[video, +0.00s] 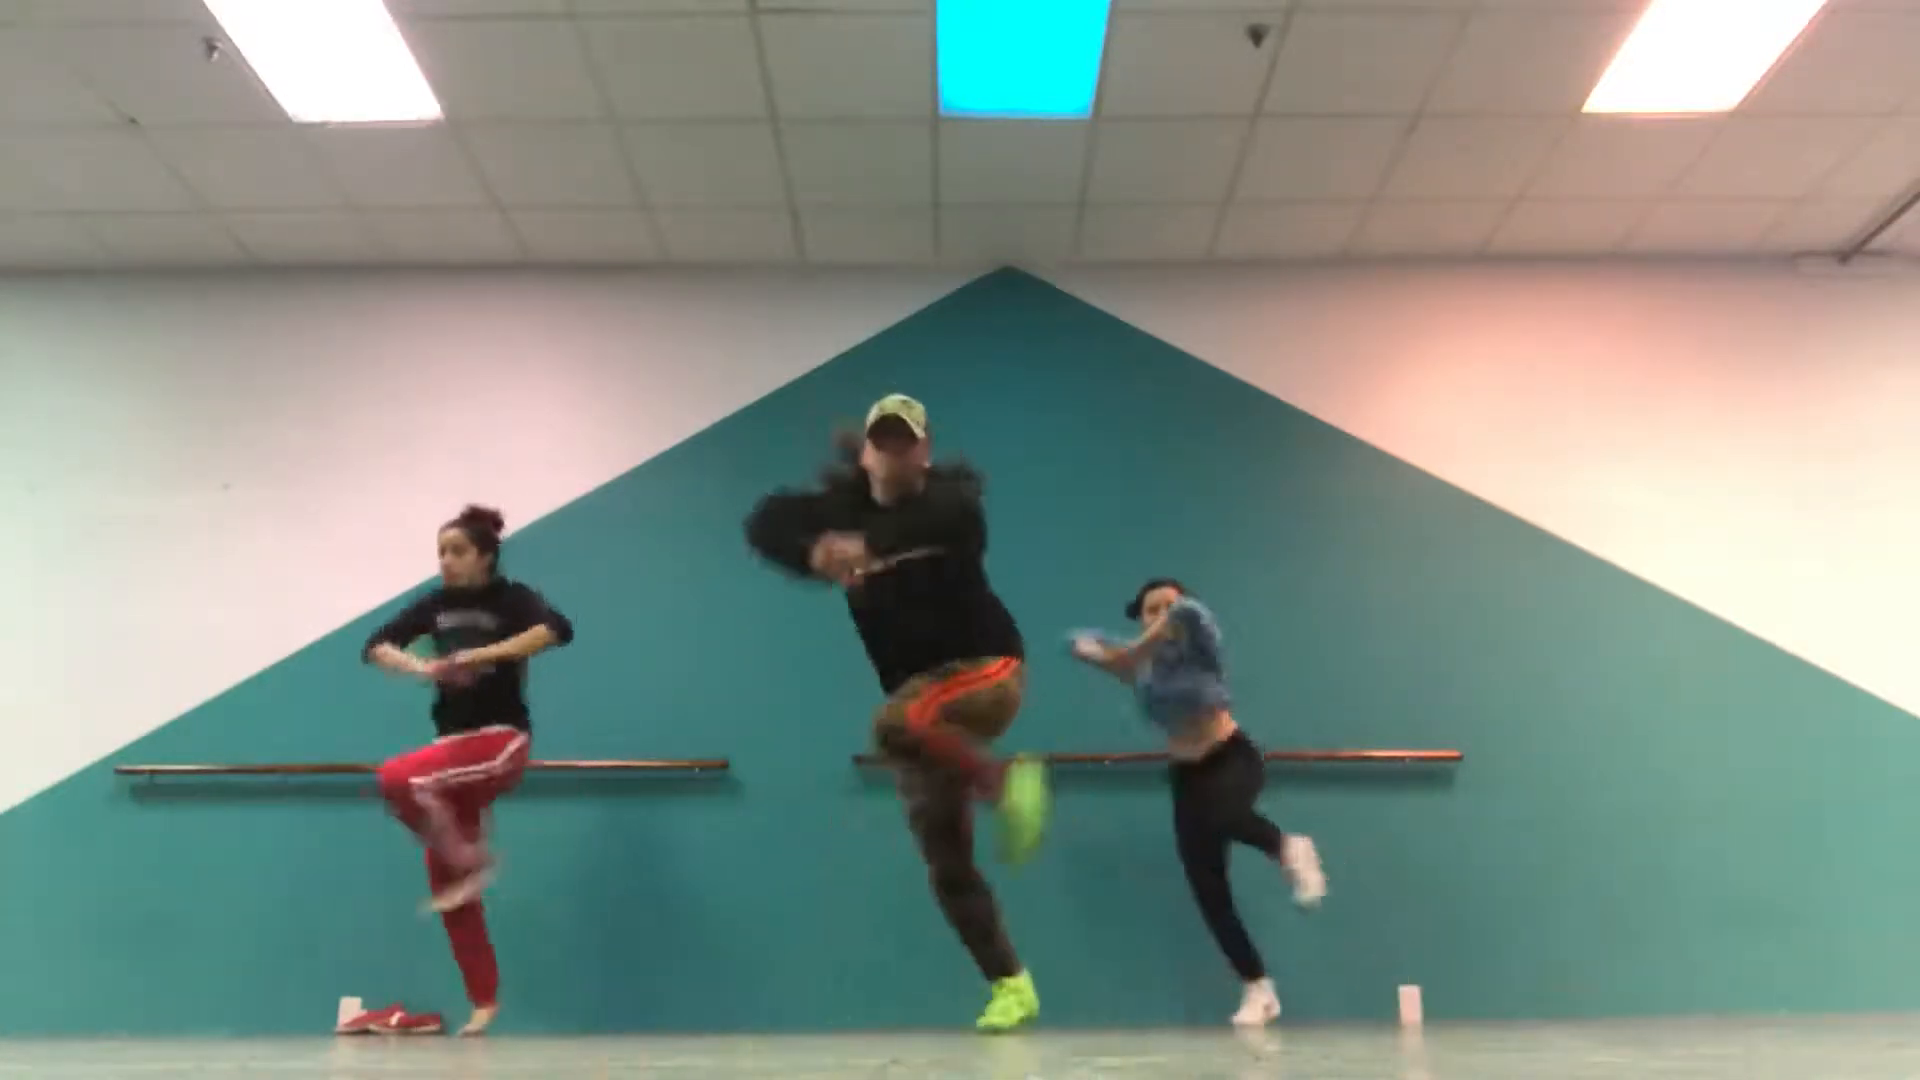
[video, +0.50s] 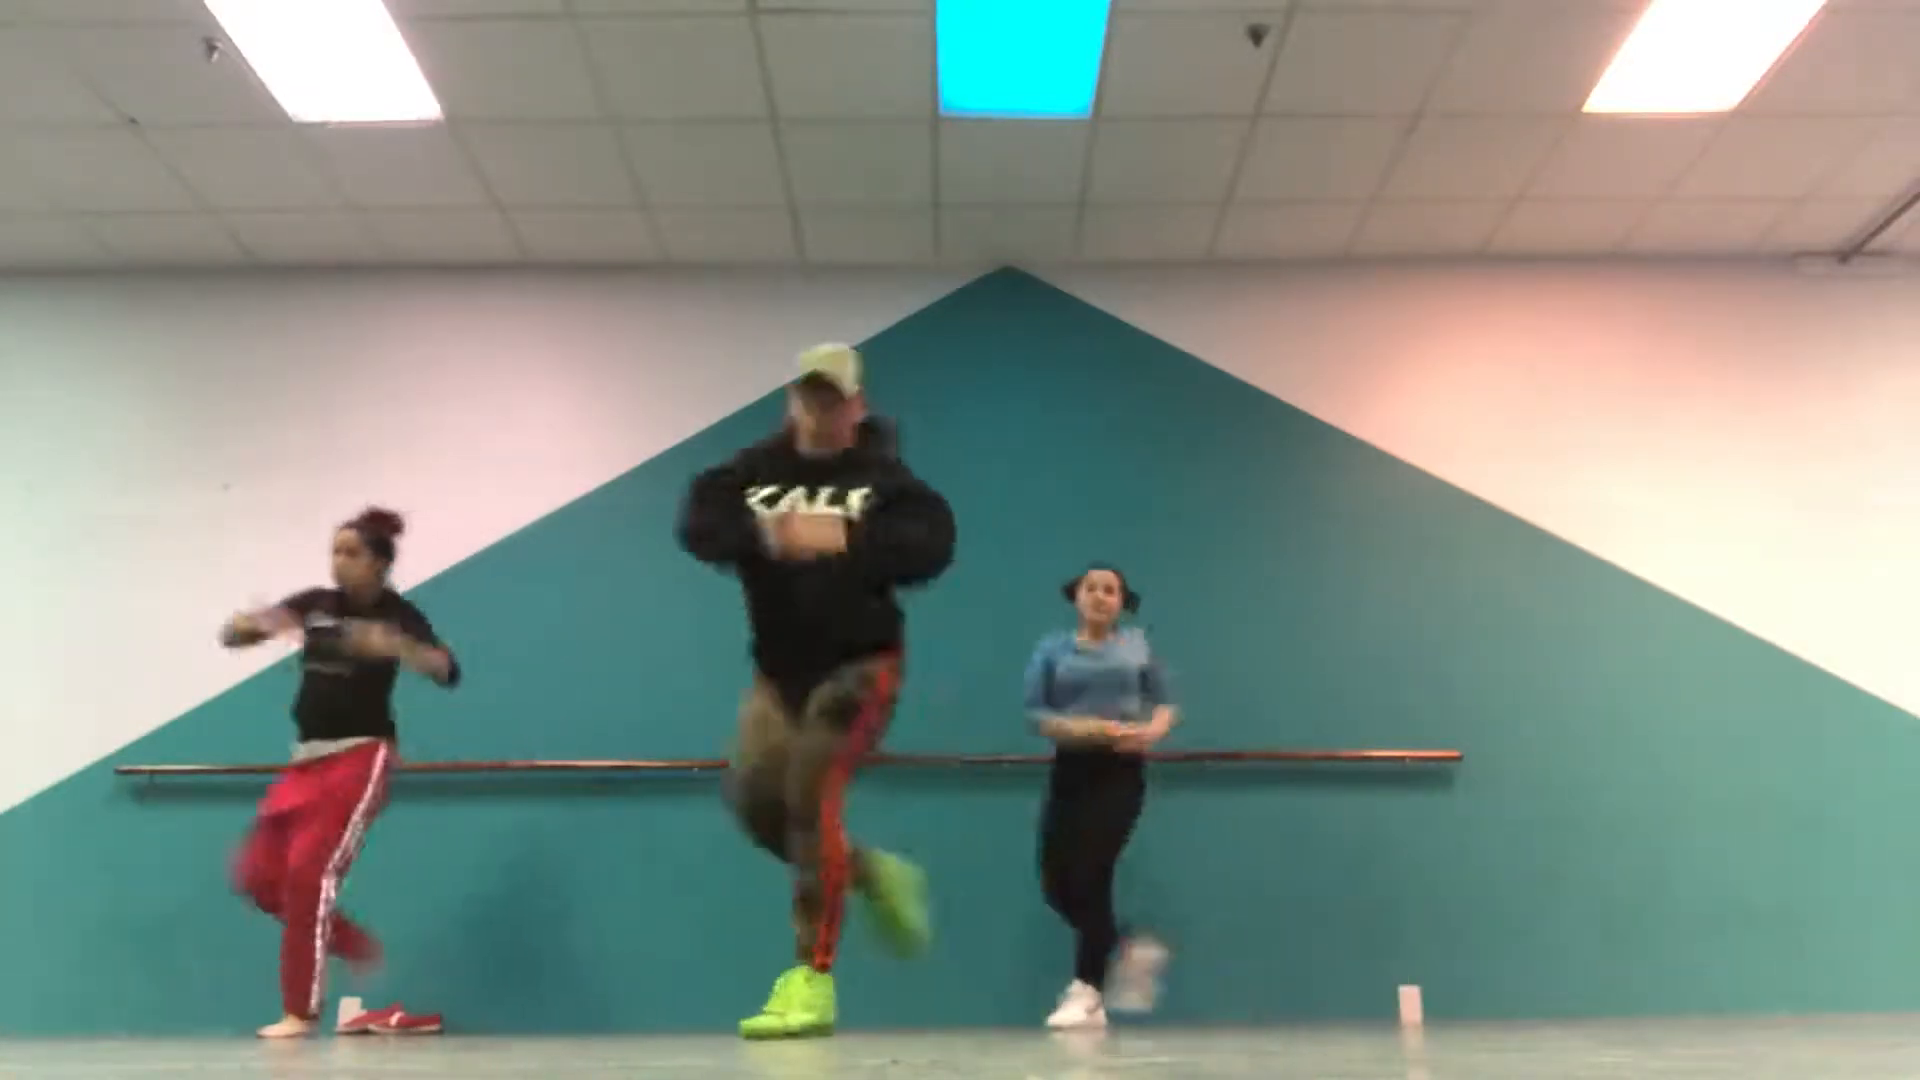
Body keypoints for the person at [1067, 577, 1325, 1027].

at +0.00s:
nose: (1160, 616)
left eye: (1168, 606)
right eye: (1151, 610)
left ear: (1185, 608)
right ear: (1140, 619)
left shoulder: (1199, 639)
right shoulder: (1144, 659)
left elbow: (1180, 615)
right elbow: (1124, 667)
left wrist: (1116, 655)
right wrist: (1094, 655)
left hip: (1231, 757)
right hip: (1189, 774)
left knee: (1226, 815)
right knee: (1209, 889)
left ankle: (1289, 851)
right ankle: (1257, 986)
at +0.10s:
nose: (1165, 630)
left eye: (1173, 621)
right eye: (1155, 623)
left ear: (1189, 625)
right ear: (1143, 632)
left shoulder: (1205, 653)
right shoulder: (1142, 672)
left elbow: (1165, 670)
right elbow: (1107, 695)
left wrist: (1117, 697)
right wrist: (1086, 695)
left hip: (1214, 777)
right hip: (1170, 784)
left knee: (1189, 826)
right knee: (1192, 893)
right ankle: (1255, 986)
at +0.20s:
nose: (1163, 640)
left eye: (1171, 630)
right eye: (1153, 632)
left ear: (1185, 636)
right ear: (1140, 640)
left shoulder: (1203, 683)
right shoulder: (1124, 687)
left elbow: (1191, 728)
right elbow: (1096, 727)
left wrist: (1148, 758)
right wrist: (1092, 761)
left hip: (1196, 787)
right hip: (1150, 792)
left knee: (1166, 858)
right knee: (1182, 908)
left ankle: (1139, 959)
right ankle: (1255, 986)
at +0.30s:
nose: (1144, 642)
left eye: (1153, 634)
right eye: (1136, 633)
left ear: (1166, 644)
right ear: (1120, 640)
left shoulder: (1185, 695)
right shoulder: (1104, 692)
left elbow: (1206, 759)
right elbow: (1117, 758)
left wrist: (1200, 808)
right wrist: (1151, 807)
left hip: (1177, 798)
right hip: (1128, 798)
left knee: (1125, 884)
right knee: (1172, 910)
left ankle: (1093, 990)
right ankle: (1255, 984)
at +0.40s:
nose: (1121, 620)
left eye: (1130, 614)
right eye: (1113, 611)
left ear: (1141, 628)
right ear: (1096, 620)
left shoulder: (1159, 678)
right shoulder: (1076, 671)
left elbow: (1211, 722)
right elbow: (1087, 728)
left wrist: (1205, 753)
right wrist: (1149, 752)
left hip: (1140, 782)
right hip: (1095, 785)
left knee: (1102, 881)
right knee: (1127, 910)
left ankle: (1087, 992)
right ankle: (1222, 968)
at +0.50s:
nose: (1099, 597)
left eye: (1109, 590)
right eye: (1091, 588)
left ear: (1122, 603)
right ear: (1075, 598)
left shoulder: (1137, 650)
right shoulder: (1052, 652)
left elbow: (1165, 707)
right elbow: (1038, 717)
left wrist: (1144, 734)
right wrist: (1092, 727)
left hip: (1119, 762)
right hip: (1071, 762)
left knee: (1091, 872)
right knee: (1057, 881)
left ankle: (1086, 988)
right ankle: (1127, 954)